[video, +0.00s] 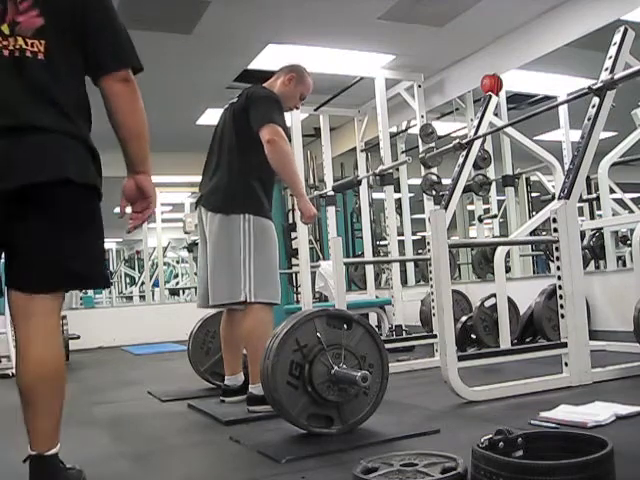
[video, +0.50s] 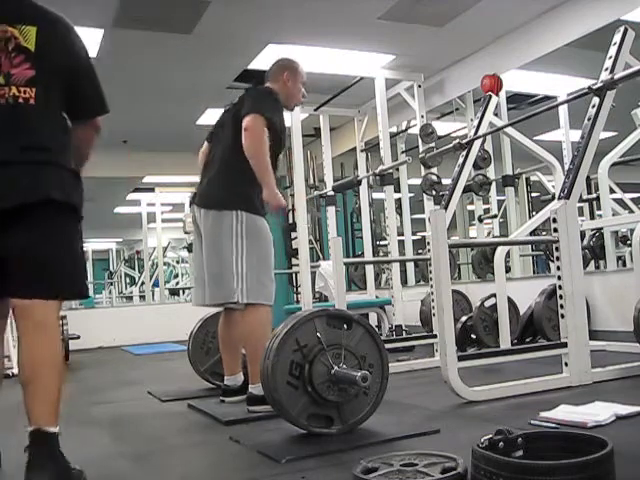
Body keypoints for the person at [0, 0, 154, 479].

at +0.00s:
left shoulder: (82, 8)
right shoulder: (76, 3)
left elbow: (115, 76)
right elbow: (117, 76)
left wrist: (137, 170)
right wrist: (139, 169)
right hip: (44, 160)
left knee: (37, 317)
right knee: (36, 316)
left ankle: (44, 459)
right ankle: (44, 461)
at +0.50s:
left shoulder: (48, 25)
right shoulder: (46, 24)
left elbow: (88, 116)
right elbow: (90, 116)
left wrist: (66, 172)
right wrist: (67, 170)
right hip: (34, 183)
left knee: (36, 312)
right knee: (37, 313)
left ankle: (43, 447)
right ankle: (43, 447)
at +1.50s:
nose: (62, 52)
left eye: (63, 47)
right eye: (64, 45)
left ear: (20, 34)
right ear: (55, 39)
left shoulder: (0, 64)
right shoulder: (64, 74)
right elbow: (90, 114)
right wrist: (49, 124)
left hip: (0, 212)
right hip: (49, 212)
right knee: (48, 310)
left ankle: (58, 411)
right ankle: (57, 413)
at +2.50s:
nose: (7, 62)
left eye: (6, 58)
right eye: (5, 57)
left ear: (7, 56)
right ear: (1, 53)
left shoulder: (9, 92)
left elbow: (20, 102)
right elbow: (21, 102)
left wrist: (25, 133)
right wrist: (26, 134)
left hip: (3, 222)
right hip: (1, 224)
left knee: (4, 300)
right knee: (3, 299)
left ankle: (3, 412)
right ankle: (2, 414)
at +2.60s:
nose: (5, 46)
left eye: (5, 42)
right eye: (2, 41)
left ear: (4, 47)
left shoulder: (2, 107)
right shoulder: (1, 107)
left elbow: (6, 118)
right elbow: (7, 119)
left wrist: (23, 145)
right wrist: (24, 147)